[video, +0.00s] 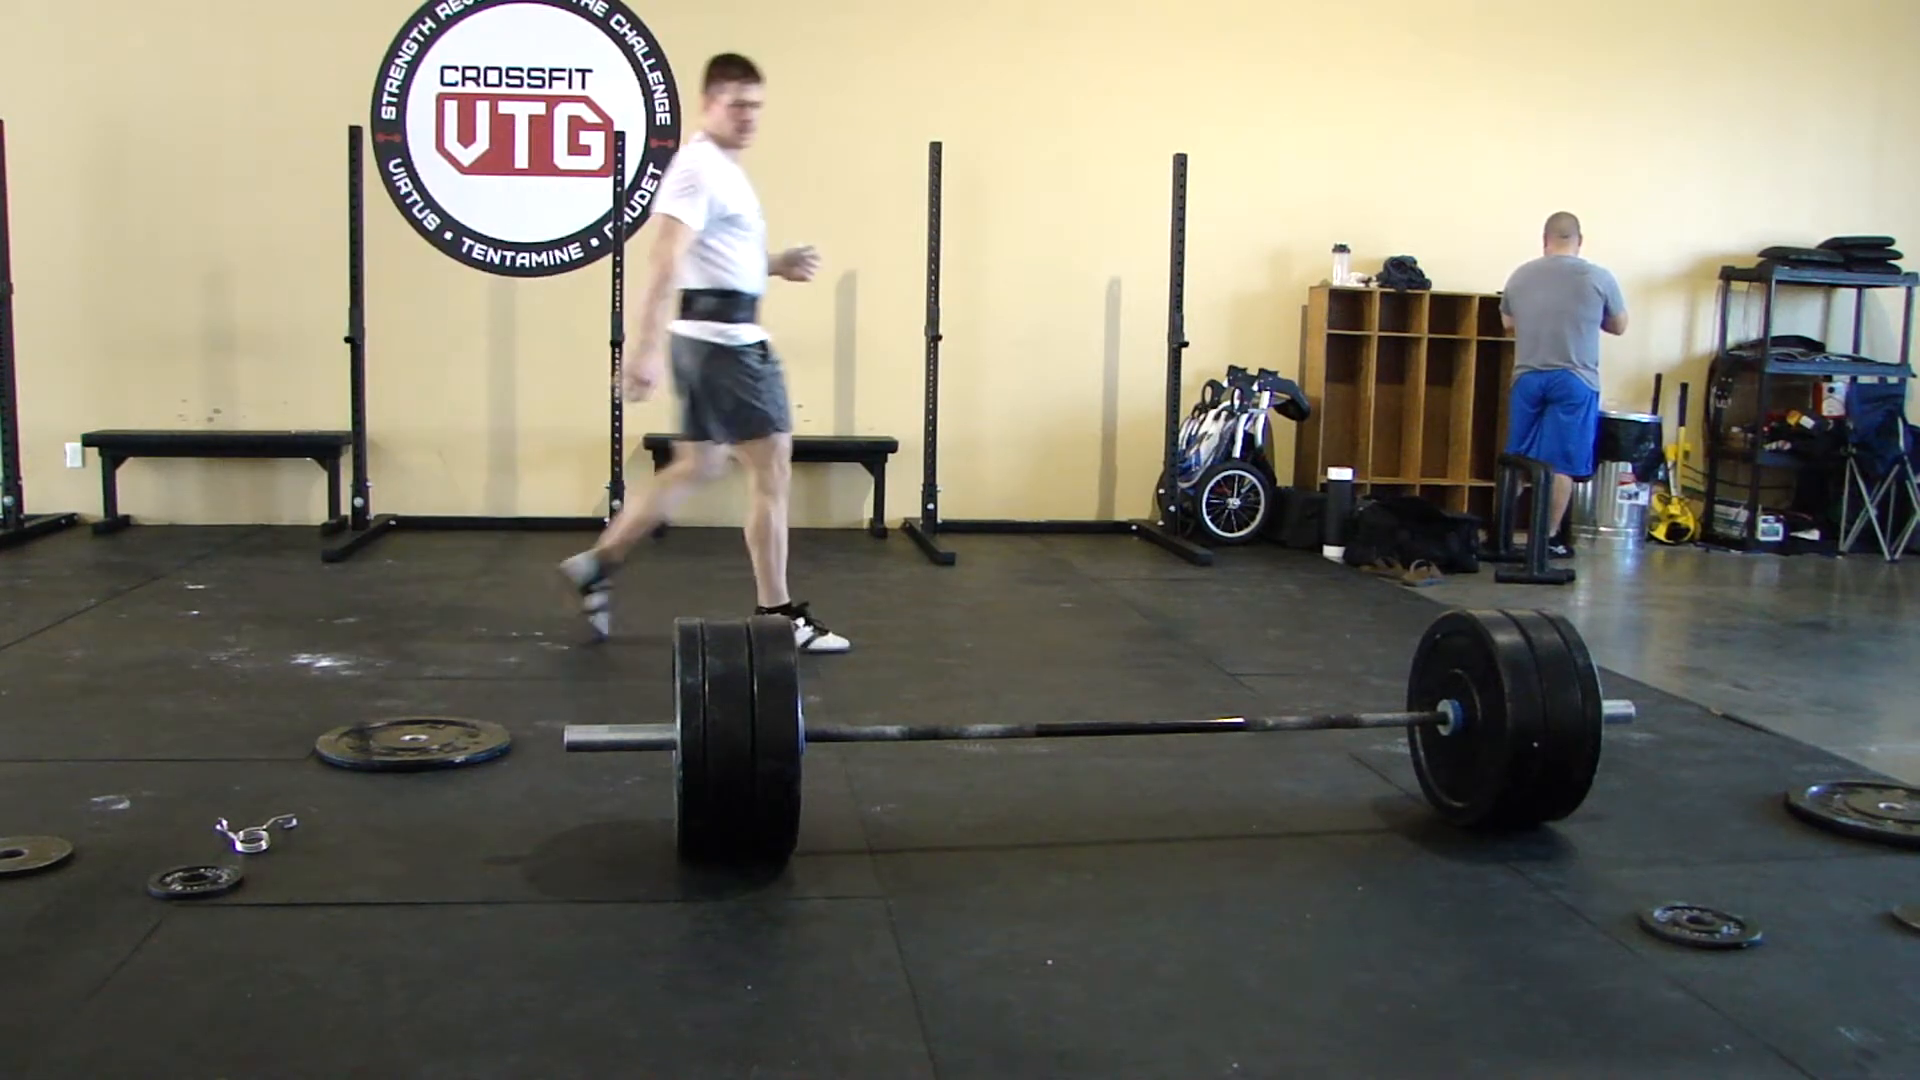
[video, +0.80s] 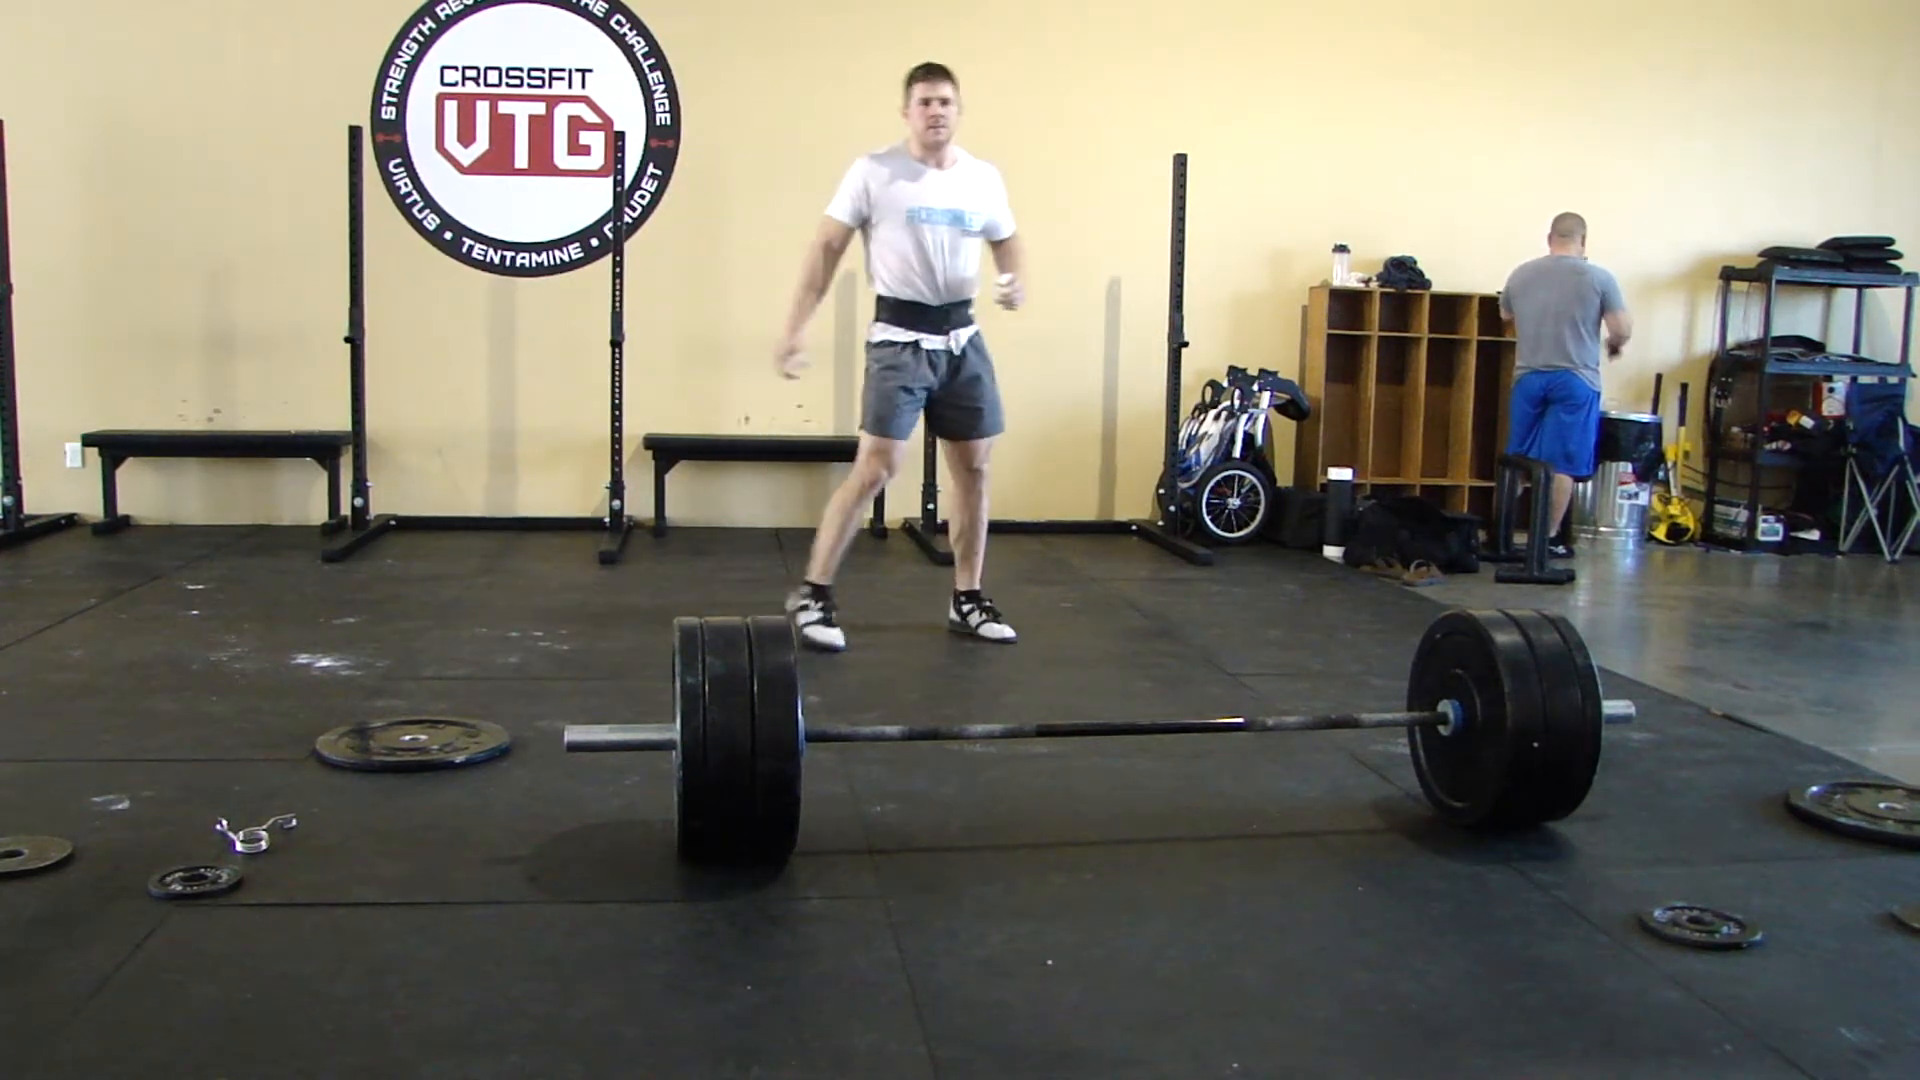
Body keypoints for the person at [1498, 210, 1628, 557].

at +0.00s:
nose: (1571, 245)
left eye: (1550, 240)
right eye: (1577, 240)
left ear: (1544, 240)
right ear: (1580, 241)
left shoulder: (1520, 275)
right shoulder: (1597, 276)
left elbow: (1509, 324)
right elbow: (1618, 326)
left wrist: (1542, 314)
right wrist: (1582, 311)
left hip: (1527, 377)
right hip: (1575, 379)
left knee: (1516, 459)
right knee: (1562, 465)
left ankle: (1501, 534)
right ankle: (1547, 540)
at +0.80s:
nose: (1582, 247)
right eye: (1584, 242)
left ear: (1549, 239)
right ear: (1583, 241)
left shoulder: (1521, 274)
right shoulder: (1597, 276)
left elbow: (1507, 316)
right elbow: (1621, 328)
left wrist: (1536, 316)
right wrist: (1615, 344)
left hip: (1528, 378)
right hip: (1576, 380)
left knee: (1516, 460)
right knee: (1562, 466)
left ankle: (1501, 535)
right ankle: (1547, 540)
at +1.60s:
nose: (1584, 244)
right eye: (1585, 239)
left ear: (1550, 239)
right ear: (1586, 240)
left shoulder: (1524, 271)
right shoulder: (1600, 277)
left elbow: (1512, 289)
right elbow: (1616, 332)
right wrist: (1628, 376)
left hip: (1530, 379)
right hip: (1577, 382)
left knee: (1519, 461)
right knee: (1565, 465)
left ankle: (1502, 534)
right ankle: (1548, 538)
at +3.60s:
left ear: (1549, 240)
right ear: (1586, 242)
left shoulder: (1529, 270)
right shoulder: (1602, 278)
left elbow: (1518, 254)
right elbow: (1617, 332)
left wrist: (1548, 232)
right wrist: (1629, 376)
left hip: (1531, 378)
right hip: (1579, 381)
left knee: (1519, 460)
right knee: (1565, 465)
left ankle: (1499, 532)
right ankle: (1548, 539)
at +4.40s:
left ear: (1551, 241)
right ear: (1588, 242)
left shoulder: (1532, 270)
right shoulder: (1603, 278)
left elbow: (1519, 253)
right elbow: (1619, 331)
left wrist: (1551, 229)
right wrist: (1631, 375)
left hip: (1532, 378)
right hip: (1579, 381)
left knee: (1519, 459)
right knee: (1565, 465)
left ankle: (1499, 530)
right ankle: (1548, 538)